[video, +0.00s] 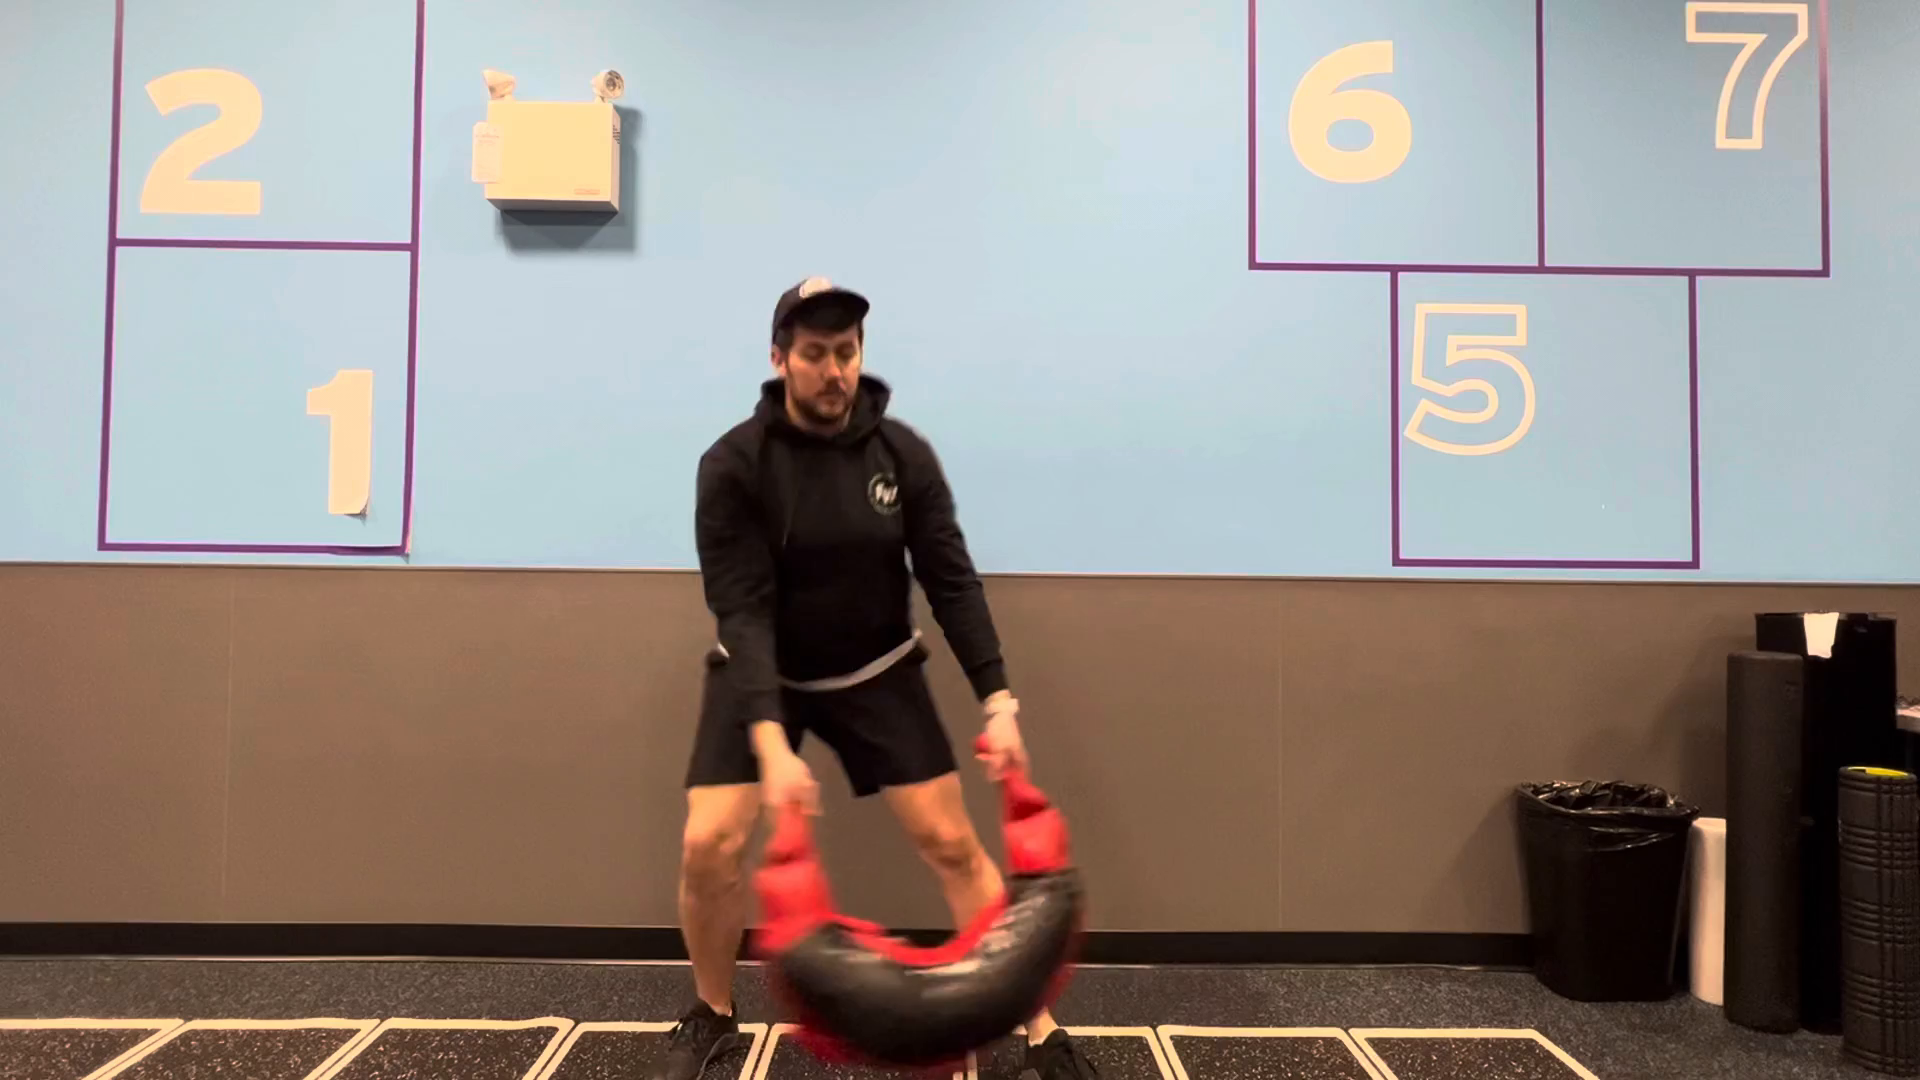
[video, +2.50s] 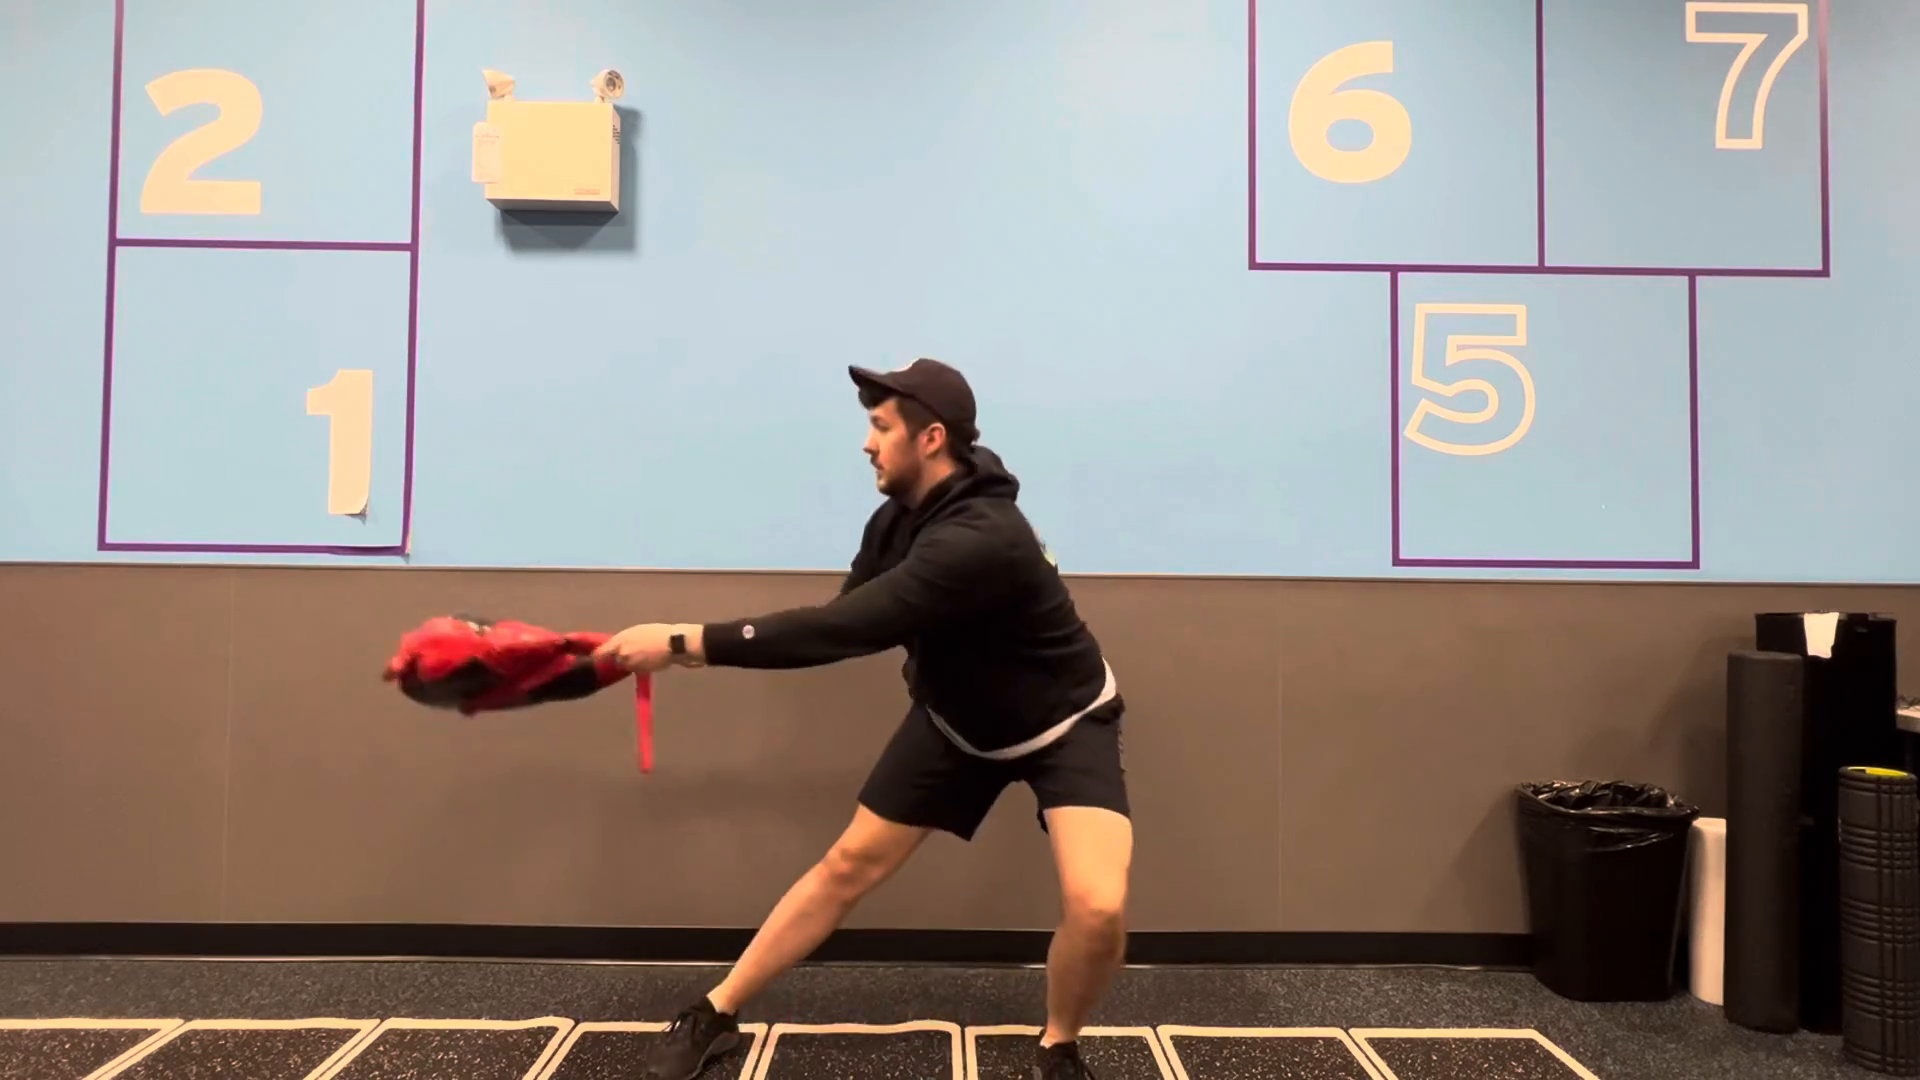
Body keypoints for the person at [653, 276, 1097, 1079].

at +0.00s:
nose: (836, 371)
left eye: (848, 353)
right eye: (818, 355)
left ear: (863, 358)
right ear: (781, 360)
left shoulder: (903, 457)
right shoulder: (732, 467)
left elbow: (950, 579)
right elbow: (741, 613)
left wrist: (997, 697)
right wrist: (771, 745)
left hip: (877, 672)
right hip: (761, 676)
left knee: (952, 844)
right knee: (707, 846)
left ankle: (1039, 1031)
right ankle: (714, 1013)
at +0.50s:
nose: (843, 440)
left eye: (854, 423)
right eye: (845, 423)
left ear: (901, 431)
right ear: (897, 432)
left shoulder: (952, 531)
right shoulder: (889, 512)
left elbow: (814, 624)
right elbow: (822, 625)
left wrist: (650, 650)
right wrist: (677, 655)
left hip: (1056, 718)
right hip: (946, 713)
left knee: (1108, 911)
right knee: (842, 859)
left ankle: (1053, 1050)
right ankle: (712, 1015)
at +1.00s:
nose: (890, 339)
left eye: (902, 320)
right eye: (870, 325)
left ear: (925, 321)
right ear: (842, 334)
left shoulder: (979, 434)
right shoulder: (805, 424)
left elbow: (990, 576)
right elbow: (764, 548)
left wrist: (975, 710)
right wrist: (738, 673)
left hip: (951, 660)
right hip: (835, 658)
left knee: (1018, 834)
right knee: (770, 829)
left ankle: (1046, 1042)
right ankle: (721, 1004)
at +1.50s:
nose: (870, 492)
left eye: (867, 474)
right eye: (854, 477)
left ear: (809, 491)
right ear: (802, 491)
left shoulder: (854, 563)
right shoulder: (733, 583)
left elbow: (905, 664)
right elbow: (842, 690)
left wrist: (1017, 732)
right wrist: (1003, 736)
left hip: (798, 730)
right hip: (681, 740)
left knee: (896, 875)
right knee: (664, 915)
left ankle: (1040, 1041)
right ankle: (712, 1017)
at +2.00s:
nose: (819, 343)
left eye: (838, 327)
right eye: (815, 326)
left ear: (890, 336)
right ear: (812, 332)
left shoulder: (952, 442)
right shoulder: (790, 443)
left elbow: (939, 596)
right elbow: (761, 567)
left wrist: (867, 721)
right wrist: (695, 666)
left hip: (953, 647)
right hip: (839, 647)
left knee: (1012, 837)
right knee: (767, 824)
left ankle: (1055, 1037)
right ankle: (715, 1015)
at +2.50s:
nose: (868, 444)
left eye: (882, 428)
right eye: (870, 428)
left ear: (933, 438)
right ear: (925, 438)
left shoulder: (981, 534)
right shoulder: (895, 523)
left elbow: (849, 628)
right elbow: (841, 625)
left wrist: (684, 642)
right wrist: (704, 648)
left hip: (1066, 720)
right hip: (954, 718)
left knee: (1100, 907)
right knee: (847, 865)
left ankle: (1060, 1048)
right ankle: (714, 1012)